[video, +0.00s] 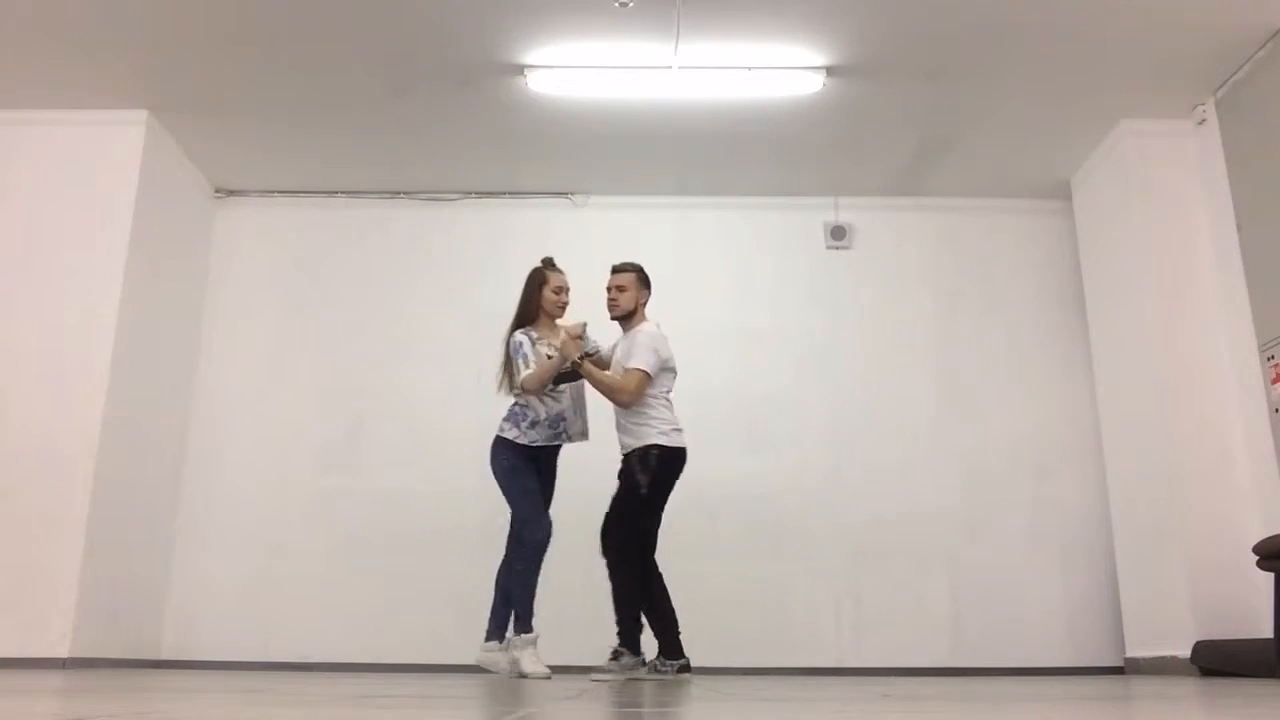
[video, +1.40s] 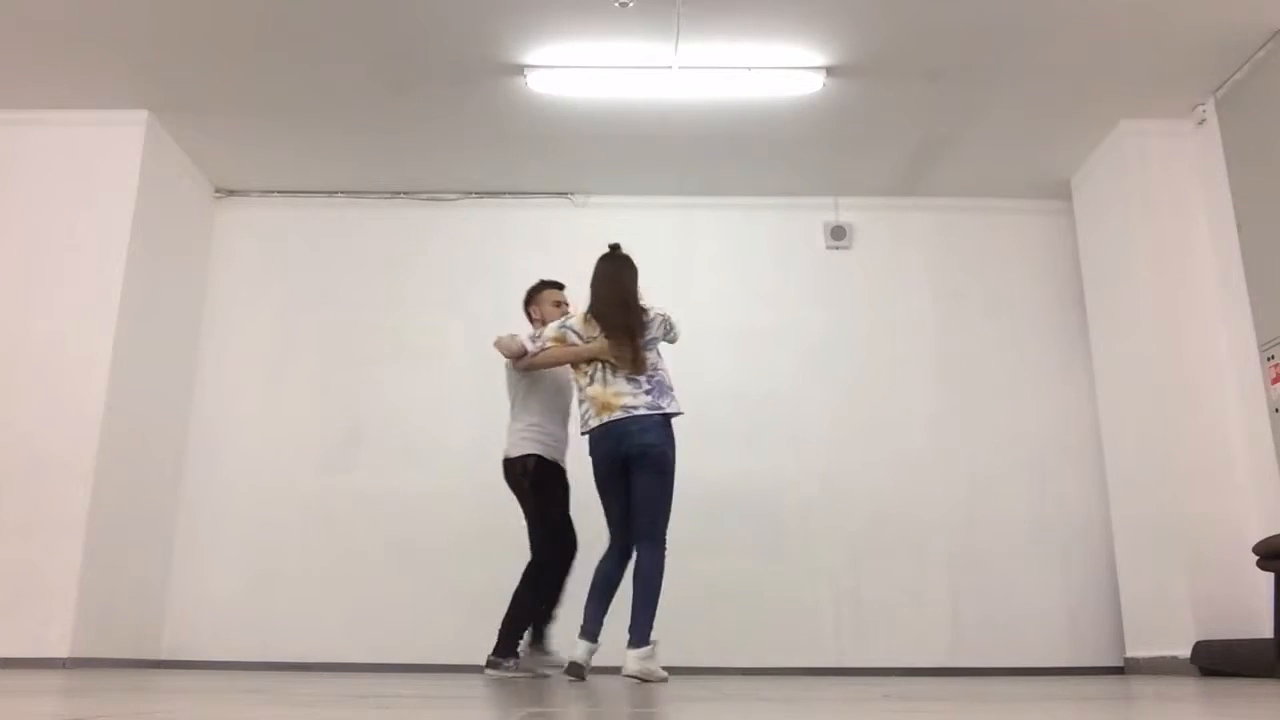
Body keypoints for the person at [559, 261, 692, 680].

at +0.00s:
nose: (611, 296)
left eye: (620, 290)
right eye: (609, 290)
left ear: (642, 296)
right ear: (610, 297)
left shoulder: (647, 337)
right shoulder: (622, 341)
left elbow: (626, 392)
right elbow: (587, 367)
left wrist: (580, 359)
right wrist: (570, 346)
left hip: (656, 451)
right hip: (641, 453)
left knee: (616, 538)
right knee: (636, 552)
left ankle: (629, 648)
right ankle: (672, 655)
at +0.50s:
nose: (618, 306)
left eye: (626, 300)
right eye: (612, 301)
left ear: (644, 307)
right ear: (607, 307)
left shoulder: (660, 346)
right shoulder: (601, 351)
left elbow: (657, 378)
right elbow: (560, 368)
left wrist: (620, 336)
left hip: (649, 463)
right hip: (606, 462)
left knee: (628, 558)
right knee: (589, 556)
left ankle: (614, 652)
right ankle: (635, 631)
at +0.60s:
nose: (616, 307)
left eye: (624, 301)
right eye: (611, 302)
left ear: (641, 309)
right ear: (604, 308)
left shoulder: (657, 351)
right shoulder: (593, 352)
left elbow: (669, 394)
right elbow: (565, 370)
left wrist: (633, 357)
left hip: (643, 466)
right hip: (597, 465)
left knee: (629, 559)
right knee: (593, 555)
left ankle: (617, 650)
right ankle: (600, 640)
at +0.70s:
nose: (615, 311)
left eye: (622, 305)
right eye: (609, 305)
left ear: (637, 312)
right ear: (600, 311)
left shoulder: (650, 359)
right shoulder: (584, 354)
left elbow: (673, 408)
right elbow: (554, 388)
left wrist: (638, 369)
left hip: (638, 470)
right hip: (591, 468)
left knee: (631, 565)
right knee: (595, 564)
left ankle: (620, 651)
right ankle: (591, 649)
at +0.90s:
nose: (607, 316)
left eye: (614, 310)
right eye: (600, 309)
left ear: (624, 317)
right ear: (586, 313)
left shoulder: (631, 364)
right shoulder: (570, 352)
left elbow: (671, 406)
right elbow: (512, 361)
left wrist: (663, 366)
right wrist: (546, 351)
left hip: (621, 468)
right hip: (579, 464)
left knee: (637, 550)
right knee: (585, 553)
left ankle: (627, 638)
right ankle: (588, 639)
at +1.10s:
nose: (610, 284)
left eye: (596, 276)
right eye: (609, 277)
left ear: (572, 282)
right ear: (611, 280)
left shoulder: (560, 327)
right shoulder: (628, 316)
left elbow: (513, 360)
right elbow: (676, 342)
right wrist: (671, 320)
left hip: (559, 446)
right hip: (602, 446)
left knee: (571, 546)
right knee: (629, 546)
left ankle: (538, 637)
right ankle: (638, 643)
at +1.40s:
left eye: (583, 287)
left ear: (594, 284)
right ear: (634, 284)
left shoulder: (578, 325)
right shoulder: (646, 319)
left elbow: (523, 354)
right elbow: (673, 332)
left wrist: (504, 340)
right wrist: (640, 307)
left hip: (605, 434)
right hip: (652, 429)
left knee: (619, 542)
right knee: (652, 543)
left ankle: (585, 643)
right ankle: (639, 651)